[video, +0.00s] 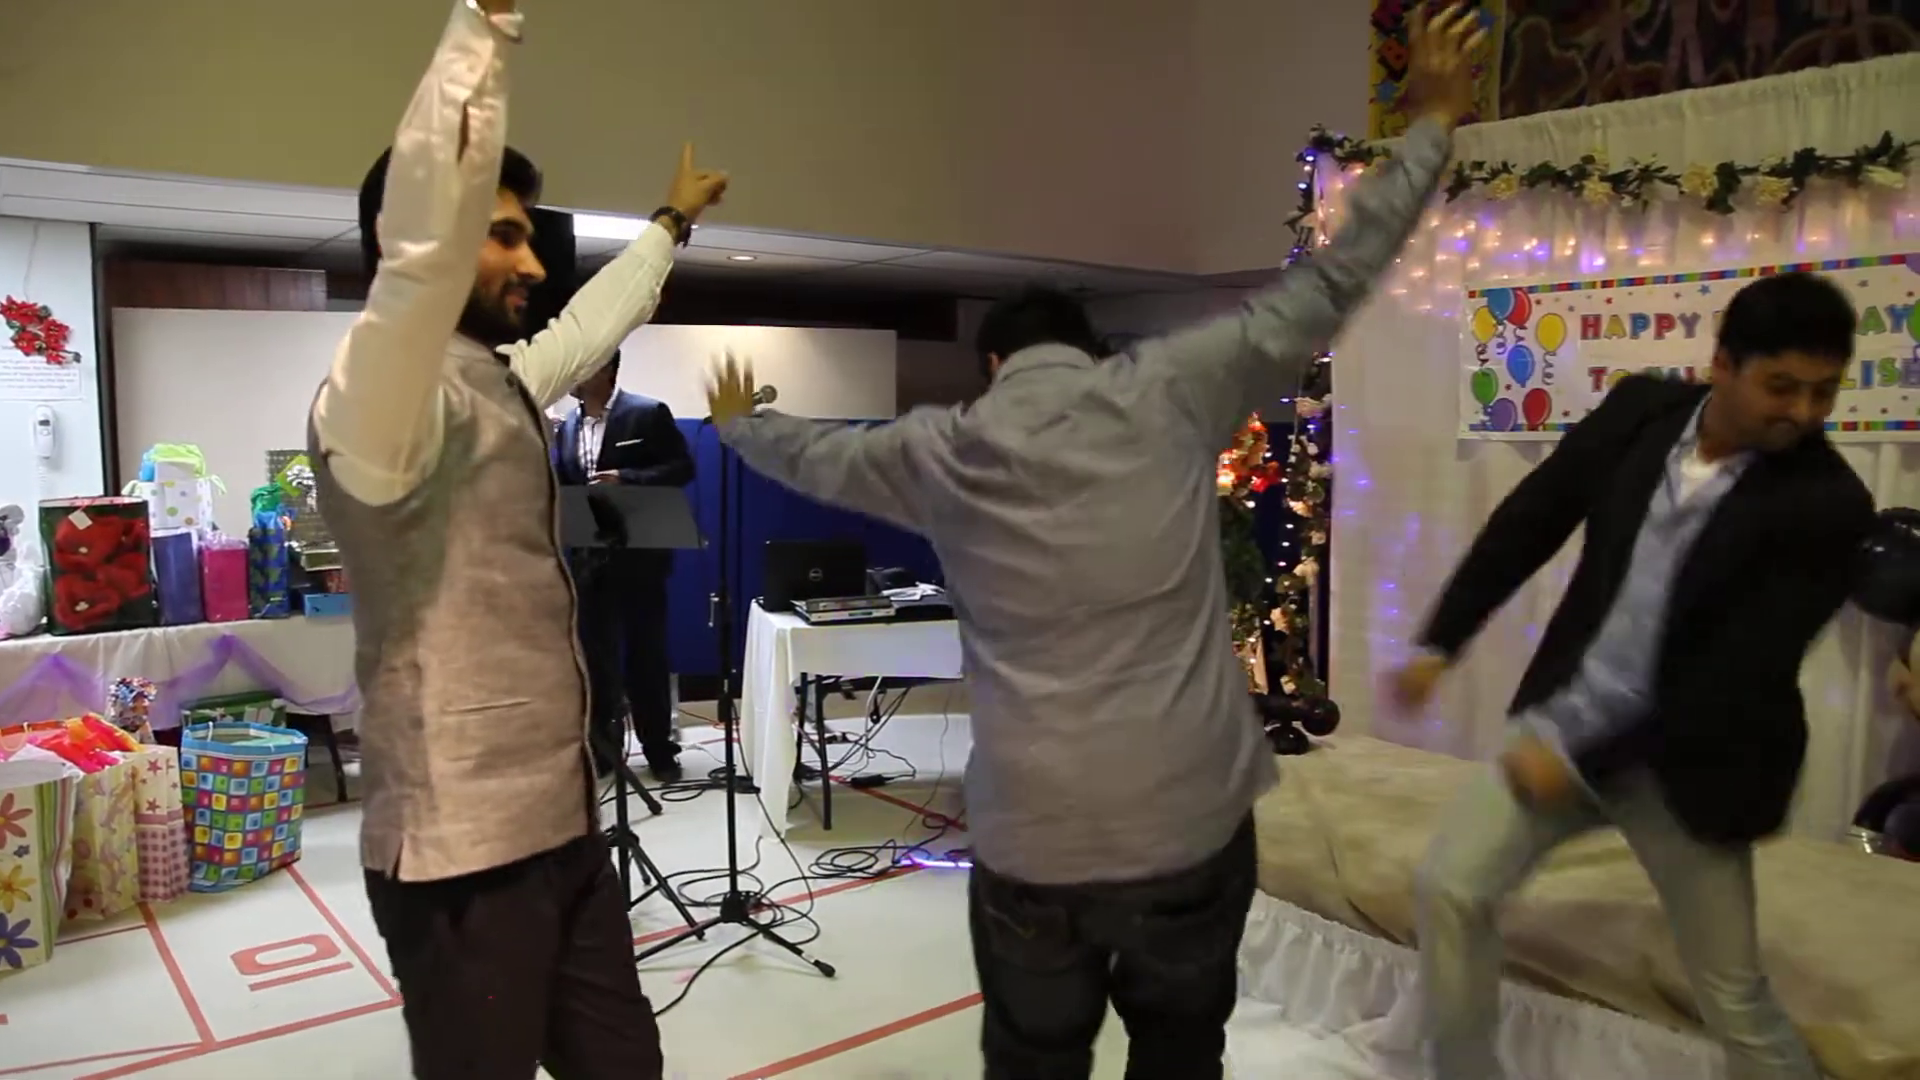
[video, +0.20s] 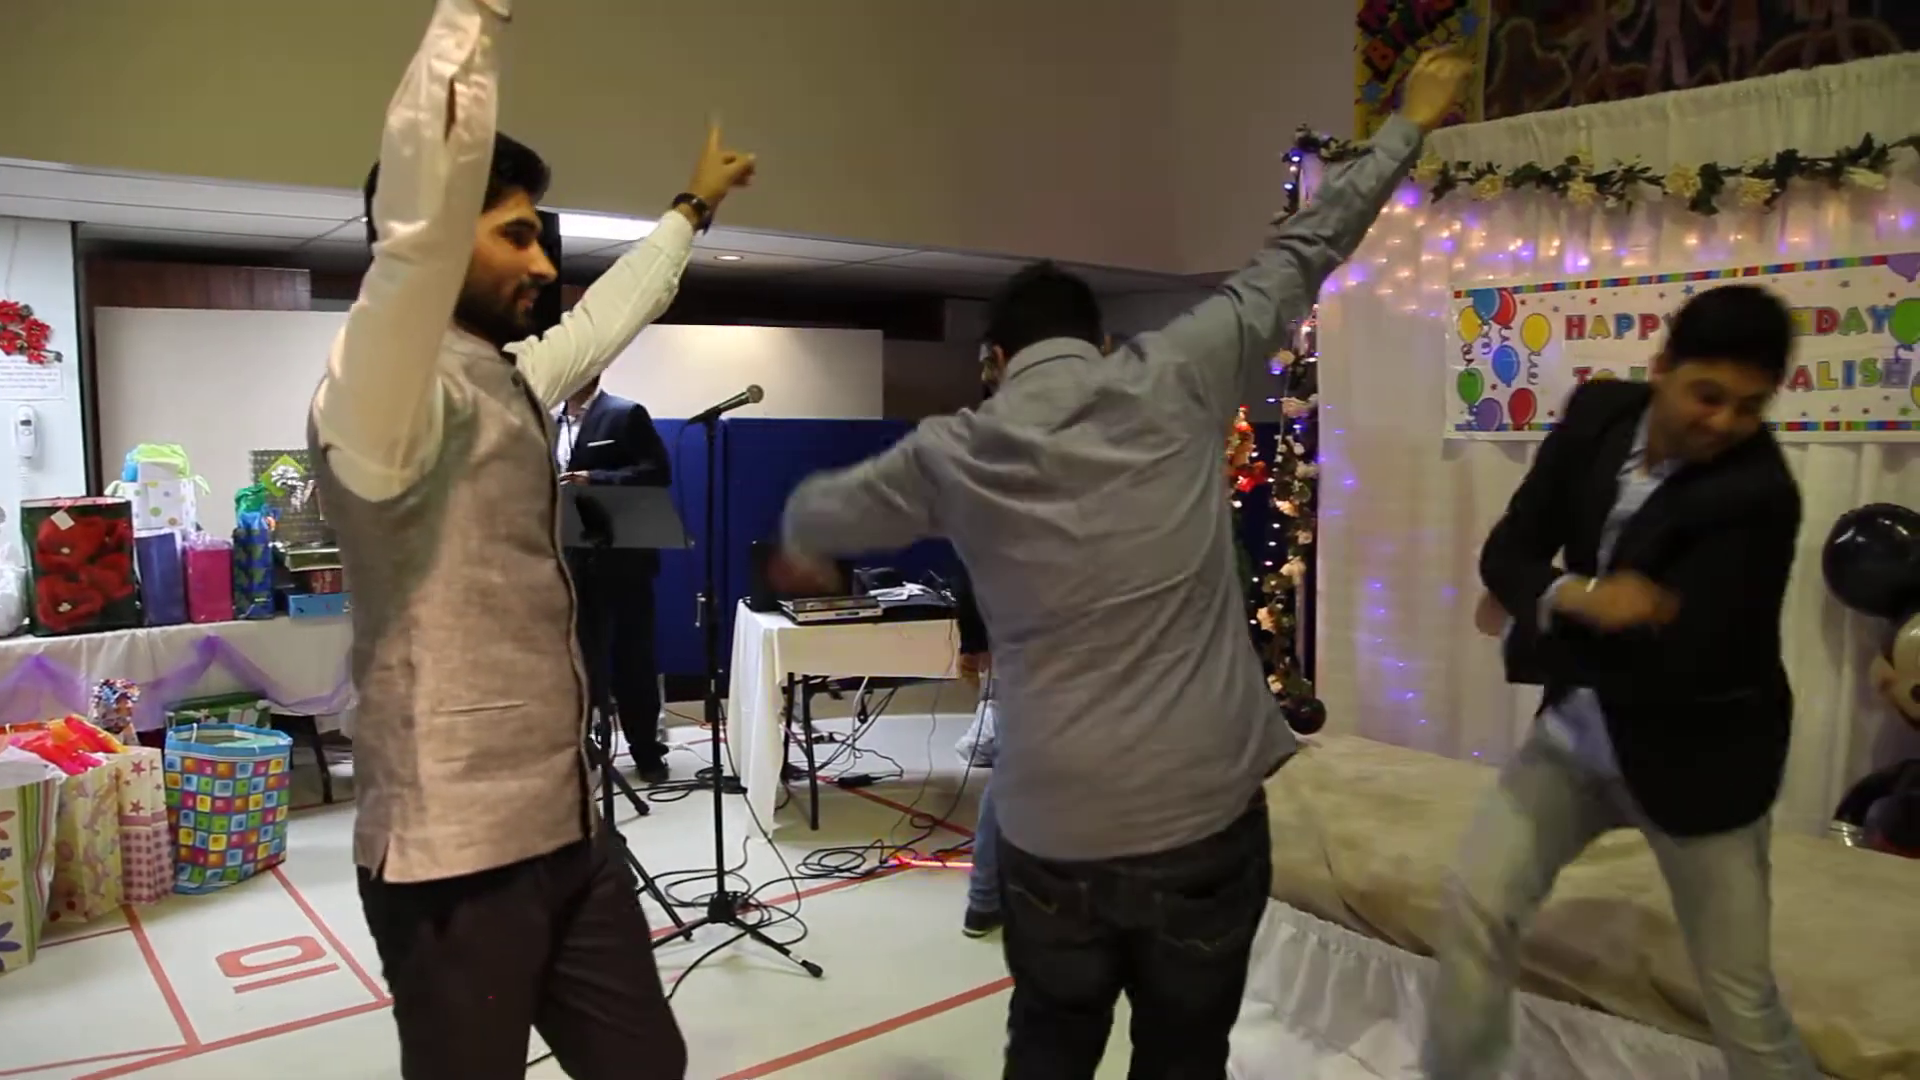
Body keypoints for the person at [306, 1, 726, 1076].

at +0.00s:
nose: (530, 261)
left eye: (531, 239)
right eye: (502, 233)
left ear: (529, 258)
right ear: (432, 244)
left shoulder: (505, 382)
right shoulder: (384, 410)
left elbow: (587, 323)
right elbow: (421, 242)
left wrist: (670, 223)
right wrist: (482, 26)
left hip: (561, 827)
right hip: (463, 851)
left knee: (622, 1065)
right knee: (479, 1074)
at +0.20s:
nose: (546, 263)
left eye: (544, 239)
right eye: (518, 233)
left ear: (529, 255)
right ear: (438, 238)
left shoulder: (515, 382)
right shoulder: (386, 403)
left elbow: (605, 315)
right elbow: (421, 219)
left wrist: (693, 210)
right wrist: (470, 8)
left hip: (566, 830)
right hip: (452, 855)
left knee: (647, 1066)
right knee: (465, 1077)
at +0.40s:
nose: (578, 250)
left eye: (572, 224)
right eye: (551, 221)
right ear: (469, 226)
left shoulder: (549, 364)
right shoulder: (418, 390)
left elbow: (642, 294)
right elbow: (459, 209)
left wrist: (734, 185)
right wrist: (506, 2)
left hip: (602, 821)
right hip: (497, 843)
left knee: (636, 1066)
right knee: (520, 1072)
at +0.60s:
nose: (616, 262)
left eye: (608, 238)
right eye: (589, 239)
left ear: (582, 252)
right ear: (513, 256)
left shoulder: (587, 384)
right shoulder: (461, 418)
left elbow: (692, 322)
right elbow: (500, 249)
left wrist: (790, 207)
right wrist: (563, 29)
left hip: (635, 820)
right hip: (563, 849)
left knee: (686, 1063)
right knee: (661, 1070)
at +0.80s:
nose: (662, 253)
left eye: (654, 231)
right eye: (638, 231)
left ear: (605, 252)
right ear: (562, 246)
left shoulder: (642, 379)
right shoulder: (506, 416)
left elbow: (751, 311)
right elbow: (558, 224)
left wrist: (866, 205)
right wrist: (636, 20)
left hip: (683, 814)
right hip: (607, 844)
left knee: (710, 1059)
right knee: (702, 1068)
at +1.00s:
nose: (707, 232)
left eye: (698, 208)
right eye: (678, 213)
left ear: (648, 230)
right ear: (603, 226)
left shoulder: (693, 364)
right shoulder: (557, 401)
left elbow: (801, 293)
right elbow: (627, 206)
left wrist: (913, 183)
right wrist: (705, 3)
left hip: (725, 830)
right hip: (651, 853)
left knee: (706, 1064)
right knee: (733, 1071)